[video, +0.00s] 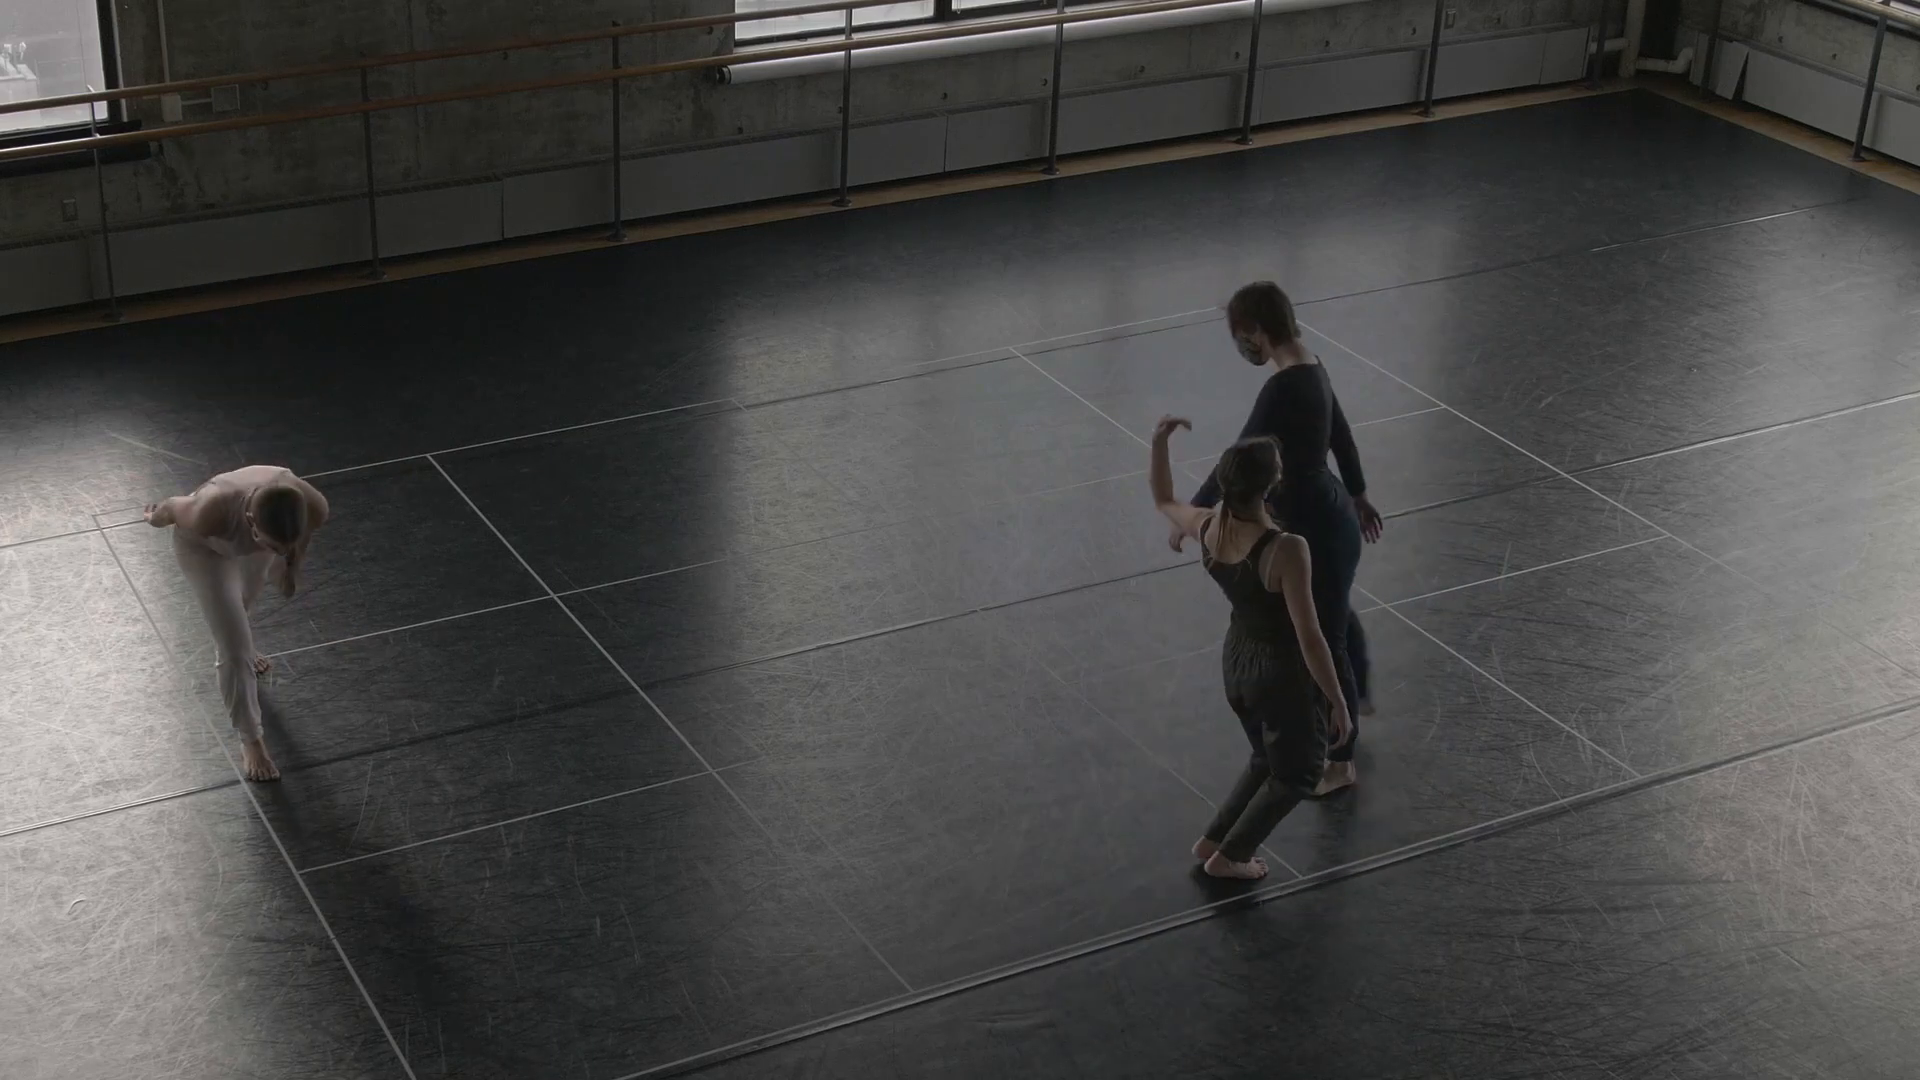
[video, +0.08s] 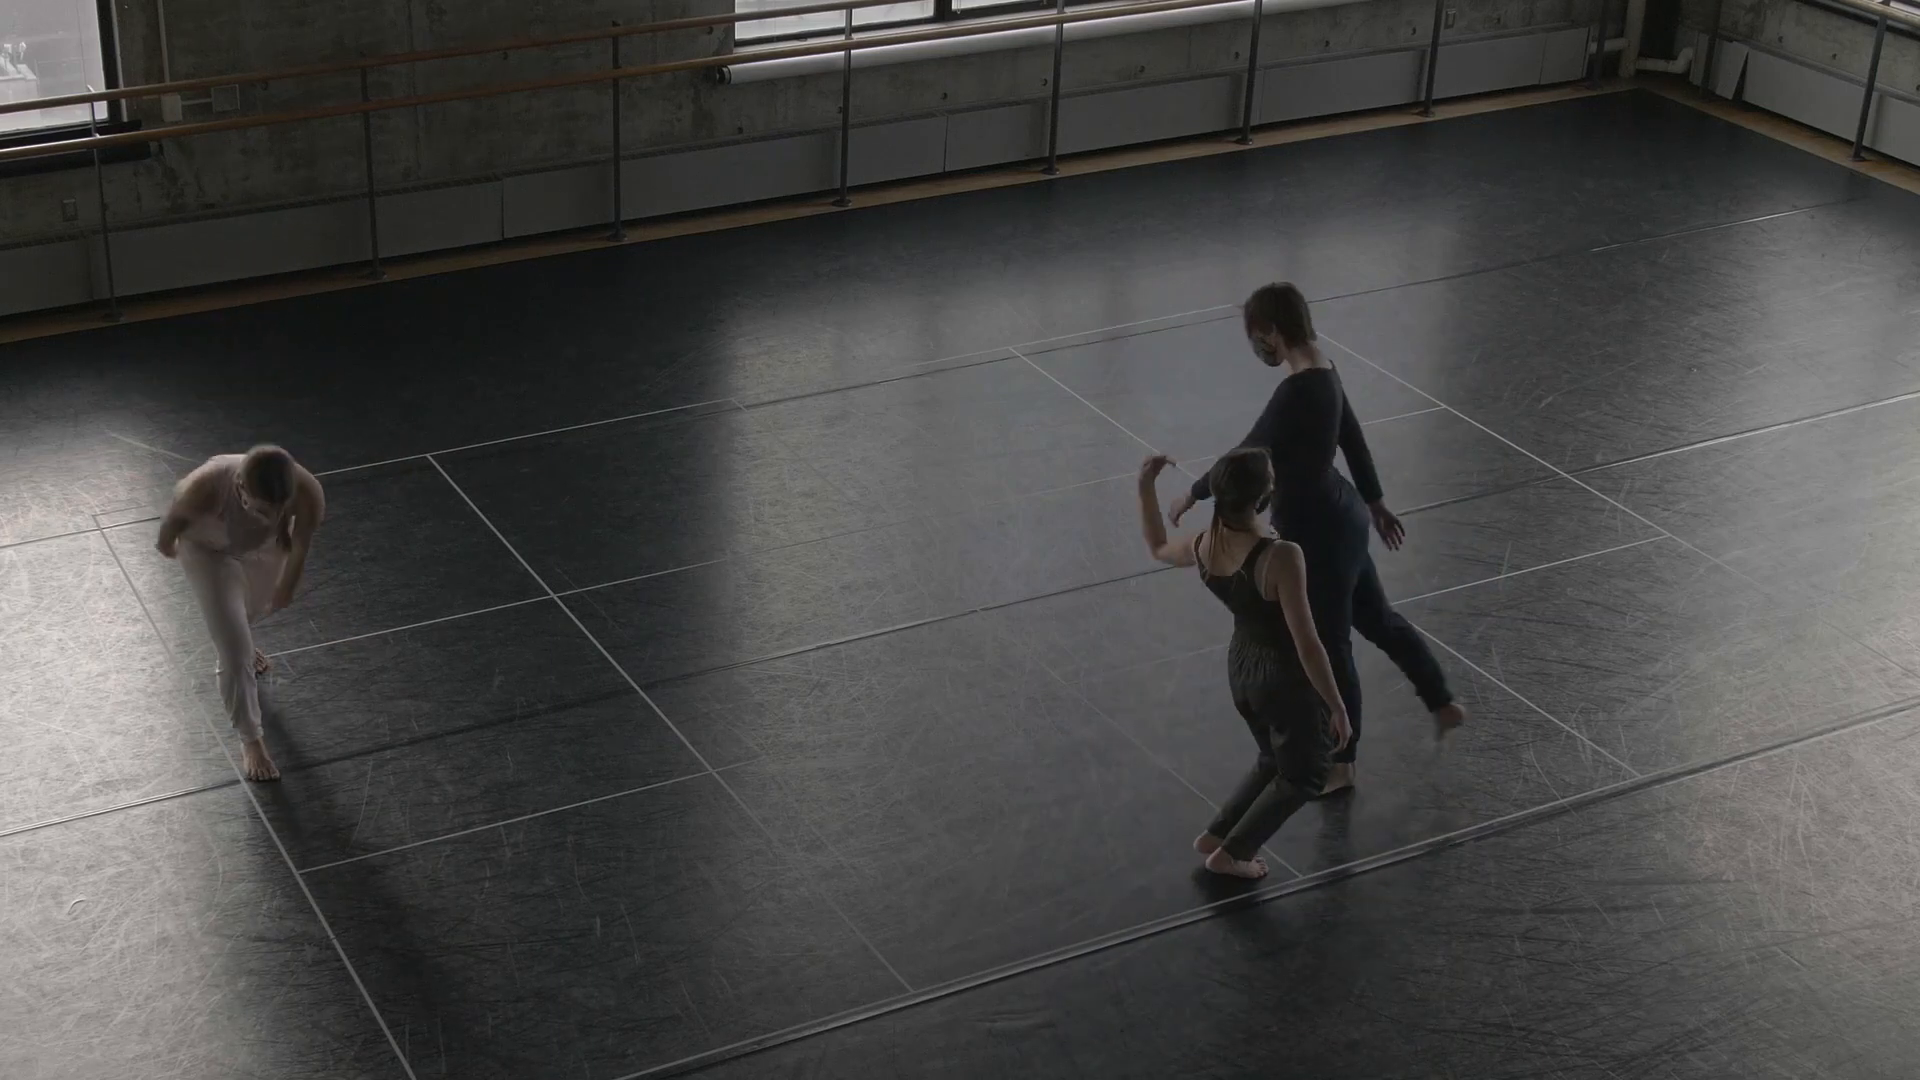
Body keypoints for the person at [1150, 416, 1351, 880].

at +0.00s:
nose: (1282, 475)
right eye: (1278, 471)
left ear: (1226, 483)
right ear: (1271, 489)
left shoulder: (1209, 525)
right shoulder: (1287, 548)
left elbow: (1164, 499)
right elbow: (1310, 637)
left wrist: (1159, 441)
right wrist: (1337, 700)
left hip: (1238, 665)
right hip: (1282, 674)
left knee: (1265, 760)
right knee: (1296, 774)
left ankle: (1213, 841)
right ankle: (1229, 858)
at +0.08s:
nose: (1274, 486)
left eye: (1270, 479)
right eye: (1270, 482)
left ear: (1217, 493)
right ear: (1265, 496)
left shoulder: (1205, 543)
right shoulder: (1283, 556)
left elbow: (1159, 547)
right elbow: (1308, 644)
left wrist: (1145, 485)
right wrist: (1337, 706)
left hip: (1243, 669)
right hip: (1285, 678)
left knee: (1273, 761)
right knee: (1305, 775)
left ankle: (1217, 834)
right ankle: (1233, 855)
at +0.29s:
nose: (1253, 500)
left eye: (1250, 493)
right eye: (1249, 497)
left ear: (1197, 510)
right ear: (1239, 512)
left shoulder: (1189, 571)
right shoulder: (1268, 562)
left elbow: (1167, 636)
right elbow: (1303, 640)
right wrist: (1337, 700)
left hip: (1253, 671)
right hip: (1293, 676)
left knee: (1282, 756)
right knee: (1310, 775)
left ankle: (1219, 831)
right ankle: (1238, 849)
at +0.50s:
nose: (1225, 494)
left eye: (1219, 489)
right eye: (1219, 492)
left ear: (1176, 516)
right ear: (1208, 510)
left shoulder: (1184, 563)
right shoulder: (1260, 548)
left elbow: (1170, 646)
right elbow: (1310, 623)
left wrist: (1151, 710)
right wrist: (1349, 676)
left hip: (1256, 651)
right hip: (1299, 656)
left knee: (1278, 747)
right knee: (1308, 761)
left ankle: (1223, 830)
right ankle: (1239, 847)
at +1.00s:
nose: (1147, 439)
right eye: (1145, 441)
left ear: (1136, 491)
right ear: (1156, 450)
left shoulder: (1155, 518)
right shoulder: (1228, 469)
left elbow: (1130, 601)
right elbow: (1280, 535)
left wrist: (1112, 675)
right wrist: (1320, 594)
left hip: (1209, 584)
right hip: (1263, 585)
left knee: (1205, 696)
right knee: (1258, 707)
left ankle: (1197, 818)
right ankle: (1237, 831)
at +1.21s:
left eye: (1087, 455)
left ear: (1101, 460)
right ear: (1127, 424)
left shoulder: (1115, 500)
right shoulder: (1187, 436)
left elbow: (1090, 583)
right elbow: (1243, 497)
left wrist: (1076, 655)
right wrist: (1285, 558)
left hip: (1157, 590)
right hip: (1217, 581)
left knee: (1151, 691)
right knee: (1229, 697)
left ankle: (1146, 799)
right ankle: (1238, 816)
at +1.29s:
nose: (1059, 441)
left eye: (1062, 438)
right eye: (1058, 435)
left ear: (1079, 446)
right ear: (1111, 413)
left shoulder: (1095, 494)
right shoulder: (1164, 427)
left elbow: (1075, 576)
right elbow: (1223, 484)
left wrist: (1064, 649)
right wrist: (1265, 543)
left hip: (1135, 599)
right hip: (1192, 585)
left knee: (1135, 699)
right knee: (1198, 686)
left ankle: (1141, 803)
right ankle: (1225, 793)